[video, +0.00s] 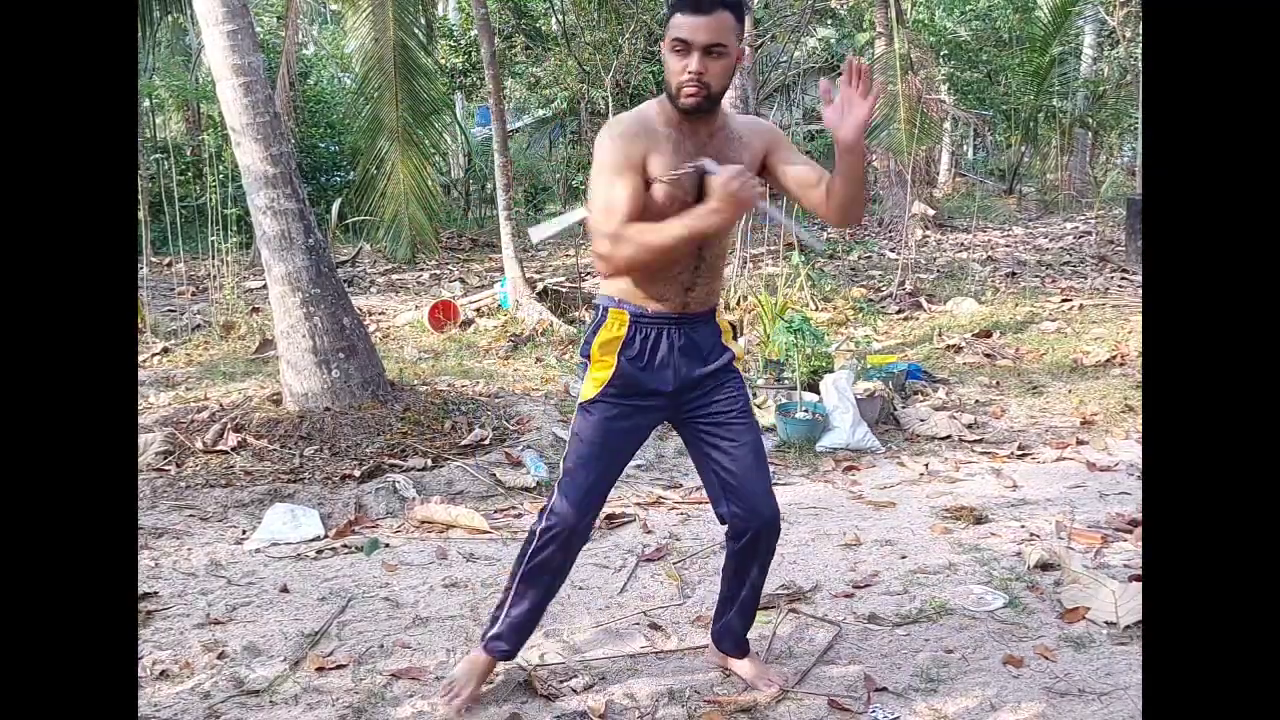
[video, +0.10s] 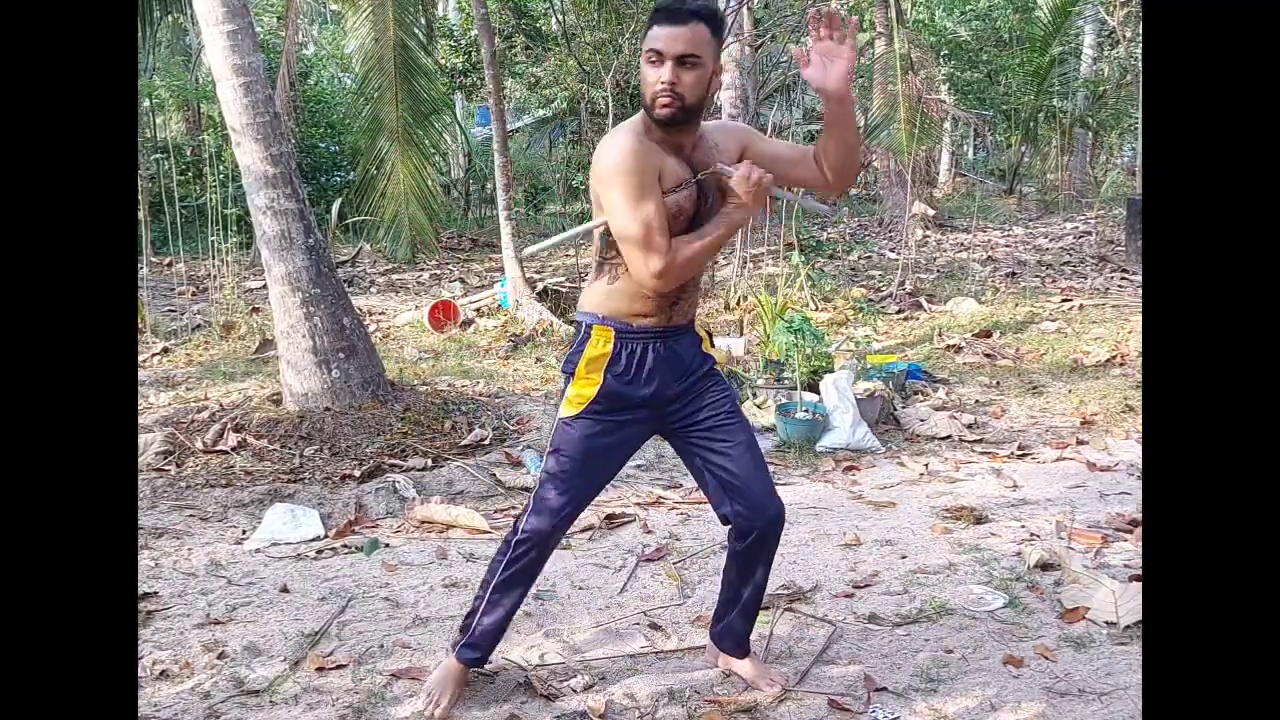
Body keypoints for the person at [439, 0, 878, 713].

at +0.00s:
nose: (694, 69)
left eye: (714, 53)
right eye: (681, 49)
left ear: (740, 55)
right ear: (662, 50)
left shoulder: (758, 137)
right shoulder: (625, 135)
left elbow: (842, 212)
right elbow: (611, 253)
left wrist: (849, 145)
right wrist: (712, 218)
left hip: (706, 347)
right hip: (625, 345)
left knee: (757, 516)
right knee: (568, 513)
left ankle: (730, 640)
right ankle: (490, 654)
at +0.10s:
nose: (667, 77)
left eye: (687, 64)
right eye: (656, 60)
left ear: (714, 73)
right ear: (640, 64)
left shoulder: (727, 142)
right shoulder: (622, 153)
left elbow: (833, 176)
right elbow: (657, 273)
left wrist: (837, 98)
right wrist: (734, 215)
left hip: (686, 358)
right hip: (609, 357)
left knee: (760, 512)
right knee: (545, 518)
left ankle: (731, 645)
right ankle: (463, 659)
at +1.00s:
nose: (411, 103)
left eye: (425, 84)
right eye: (398, 93)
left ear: (460, 82)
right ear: (393, 102)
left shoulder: (476, 155)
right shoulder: (445, 150)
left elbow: (431, 290)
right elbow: (375, 133)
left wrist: (430, 252)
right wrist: (301, 83)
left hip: (571, 354)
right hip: (510, 358)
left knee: (668, 522)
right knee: (432, 502)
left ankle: (804, 618)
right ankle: (459, 669)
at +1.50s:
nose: (647, 67)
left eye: (648, 52)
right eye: (627, 54)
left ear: (641, 60)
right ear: (579, 67)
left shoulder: (596, 148)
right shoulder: (593, 163)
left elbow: (626, 248)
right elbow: (631, 300)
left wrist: (665, 210)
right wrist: (674, 308)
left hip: (639, 355)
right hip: (594, 363)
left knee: (739, 504)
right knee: (568, 534)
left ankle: (766, 661)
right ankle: (479, 685)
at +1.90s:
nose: (791, 71)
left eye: (800, 56)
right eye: (776, 53)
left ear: (804, 58)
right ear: (729, 49)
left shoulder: (792, 139)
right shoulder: (665, 131)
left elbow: (816, 249)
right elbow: (576, 222)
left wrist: (758, 258)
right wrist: (638, 268)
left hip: (748, 345)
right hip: (669, 343)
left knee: (793, 512)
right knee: (624, 515)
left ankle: (767, 662)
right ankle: (541, 671)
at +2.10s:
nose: (800, 59)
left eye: (808, 43)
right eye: (782, 42)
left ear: (814, 45)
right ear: (735, 43)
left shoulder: (824, 131)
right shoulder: (683, 121)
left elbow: (816, 258)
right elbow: (613, 217)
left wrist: (694, 269)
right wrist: (665, 109)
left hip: (789, 341)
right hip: (706, 340)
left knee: (806, 521)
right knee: (667, 512)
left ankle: (769, 662)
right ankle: (592, 675)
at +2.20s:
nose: (808, 52)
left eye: (818, 36)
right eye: (791, 34)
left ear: (824, 38)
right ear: (745, 34)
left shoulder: (836, 123)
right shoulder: (695, 115)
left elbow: (827, 251)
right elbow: (619, 199)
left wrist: (712, 234)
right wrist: (677, 86)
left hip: (792, 338)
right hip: (709, 336)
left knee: (810, 522)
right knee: (675, 511)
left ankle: (769, 662)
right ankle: (595, 672)